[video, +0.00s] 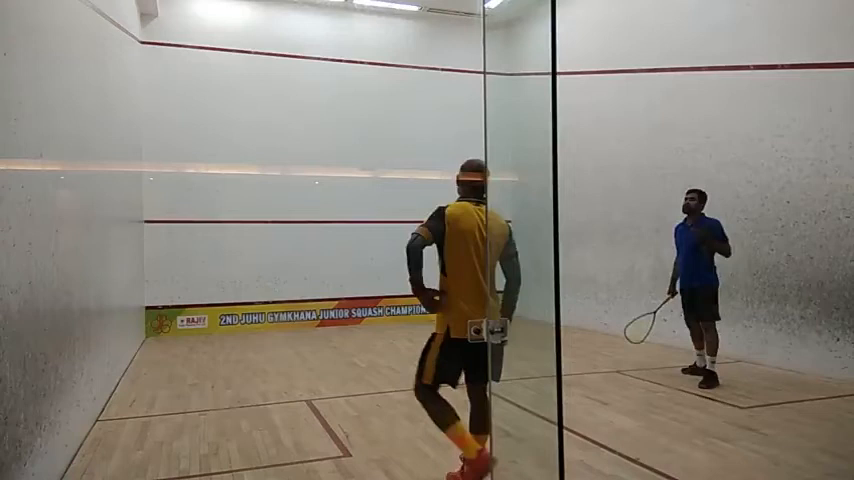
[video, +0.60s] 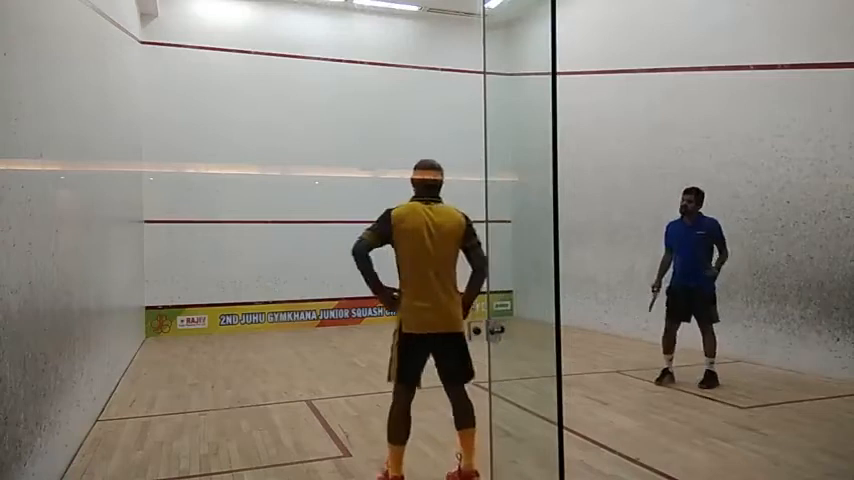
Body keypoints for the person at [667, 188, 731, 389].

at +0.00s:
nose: (686, 203)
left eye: (691, 200)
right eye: (685, 199)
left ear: (701, 204)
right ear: (683, 203)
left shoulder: (712, 225)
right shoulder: (680, 229)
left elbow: (727, 251)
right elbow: (679, 257)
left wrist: (707, 238)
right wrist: (673, 282)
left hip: (706, 284)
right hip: (687, 284)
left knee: (708, 325)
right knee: (692, 323)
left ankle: (711, 370)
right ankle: (700, 363)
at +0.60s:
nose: (685, 204)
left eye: (690, 202)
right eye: (683, 200)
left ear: (699, 205)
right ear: (680, 202)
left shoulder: (711, 226)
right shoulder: (672, 227)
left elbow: (723, 253)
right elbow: (668, 255)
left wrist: (715, 269)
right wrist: (658, 279)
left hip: (702, 287)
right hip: (678, 286)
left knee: (706, 328)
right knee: (670, 328)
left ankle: (710, 371)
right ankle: (667, 370)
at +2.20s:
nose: (684, 206)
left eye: (688, 202)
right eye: (680, 203)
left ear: (697, 203)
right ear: (676, 206)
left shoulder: (711, 226)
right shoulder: (670, 226)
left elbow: (708, 259)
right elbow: (666, 255)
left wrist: (690, 279)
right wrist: (676, 250)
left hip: (700, 286)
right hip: (674, 284)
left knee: (704, 331)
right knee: (662, 326)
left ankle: (712, 373)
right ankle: (670, 363)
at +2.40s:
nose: (666, 209)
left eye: (670, 205)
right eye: (663, 206)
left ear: (681, 203)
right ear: (662, 207)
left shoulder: (699, 225)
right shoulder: (659, 229)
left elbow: (697, 257)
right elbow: (664, 256)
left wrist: (670, 264)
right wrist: (679, 244)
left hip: (692, 286)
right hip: (667, 284)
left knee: (701, 330)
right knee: (650, 324)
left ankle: (712, 373)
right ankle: (657, 368)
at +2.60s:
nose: (637, 214)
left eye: (640, 210)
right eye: (635, 210)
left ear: (653, 209)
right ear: (635, 212)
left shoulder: (672, 227)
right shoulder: (636, 235)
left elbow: (673, 261)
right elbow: (637, 262)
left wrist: (649, 282)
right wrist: (665, 263)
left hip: (679, 289)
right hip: (654, 290)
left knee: (692, 332)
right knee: (643, 331)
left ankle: (710, 372)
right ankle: (638, 379)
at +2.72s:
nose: (617, 213)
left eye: (621, 209)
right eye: (618, 209)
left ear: (632, 210)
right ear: (630, 211)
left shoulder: (650, 230)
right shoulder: (626, 237)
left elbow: (661, 260)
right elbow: (612, 264)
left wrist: (664, 288)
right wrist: (589, 284)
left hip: (664, 286)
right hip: (644, 289)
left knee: (674, 334)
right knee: (635, 330)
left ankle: (705, 366)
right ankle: (636, 378)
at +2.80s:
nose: (611, 212)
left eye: (614, 208)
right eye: (612, 208)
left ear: (624, 210)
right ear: (622, 210)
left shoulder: (641, 229)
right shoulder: (622, 235)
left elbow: (655, 257)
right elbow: (607, 257)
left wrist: (668, 284)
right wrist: (589, 272)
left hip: (656, 291)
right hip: (638, 292)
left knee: (661, 335)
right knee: (632, 330)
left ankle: (700, 364)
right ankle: (636, 378)